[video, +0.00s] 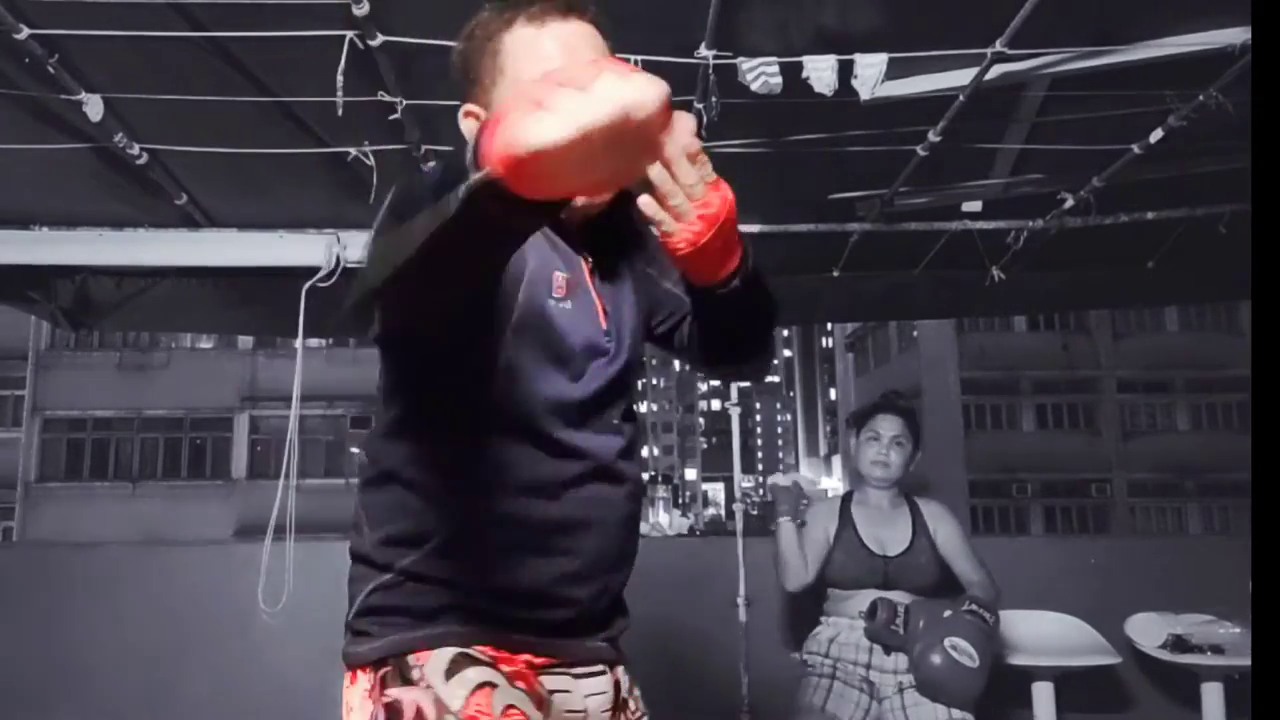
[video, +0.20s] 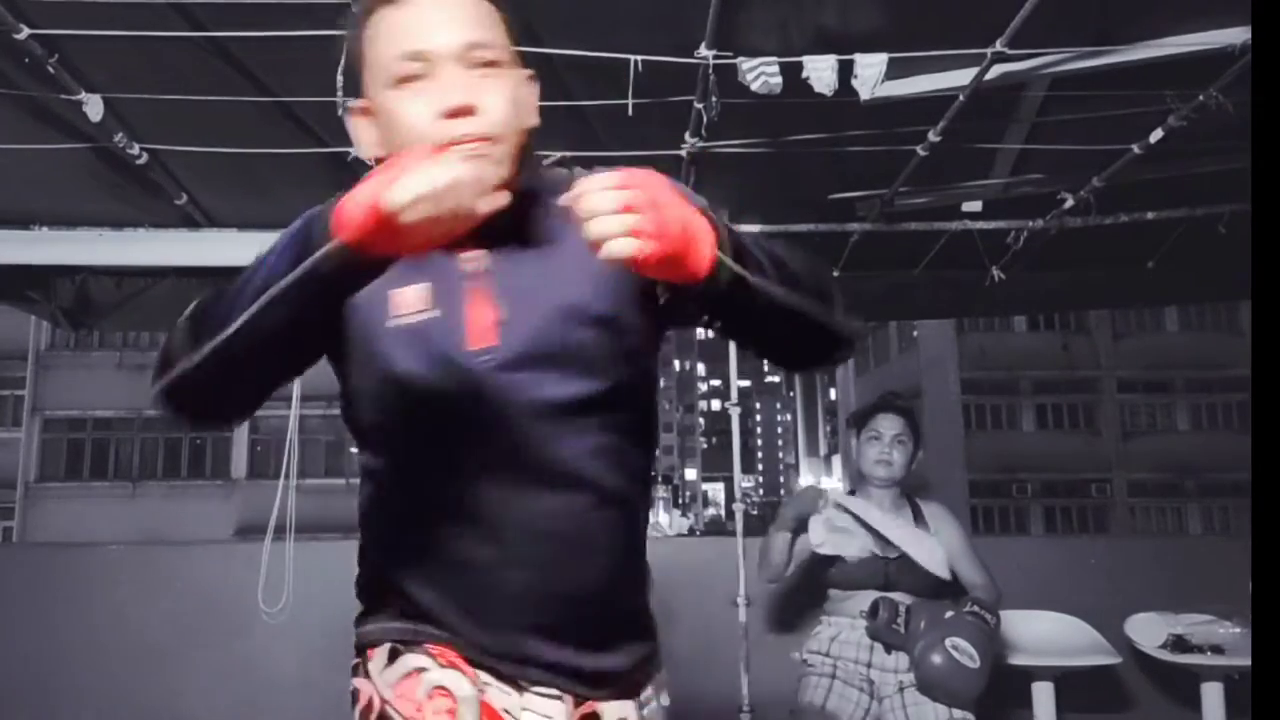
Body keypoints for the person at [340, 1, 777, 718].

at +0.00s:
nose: (582, 114)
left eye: (597, 89)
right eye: (550, 92)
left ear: (622, 97)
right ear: (478, 126)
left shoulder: (626, 242)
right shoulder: (438, 213)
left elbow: (739, 352)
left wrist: (721, 260)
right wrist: (509, 186)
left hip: (585, 651)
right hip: (437, 646)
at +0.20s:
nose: (456, 97)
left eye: (483, 64)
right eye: (413, 76)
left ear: (533, 100)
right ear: (364, 127)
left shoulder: (622, 226)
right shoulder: (344, 252)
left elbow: (823, 337)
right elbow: (194, 391)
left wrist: (709, 254)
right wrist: (348, 237)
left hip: (606, 670)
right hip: (434, 655)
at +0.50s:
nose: (562, 107)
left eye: (579, 76)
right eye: (514, 80)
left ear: (604, 91)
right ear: (432, 120)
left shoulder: (638, 240)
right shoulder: (377, 245)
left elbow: (808, 360)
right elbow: (282, 454)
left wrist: (725, 225)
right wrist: (425, 261)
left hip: (615, 659)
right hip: (454, 654)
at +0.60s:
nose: (674, 133)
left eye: (676, 106)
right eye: (634, 109)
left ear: (690, 111)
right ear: (539, 131)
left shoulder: (680, 260)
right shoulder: (462, 238)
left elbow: (799, 374)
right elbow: (349, 428)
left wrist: (762, 255)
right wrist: (512, 255)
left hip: (613, 647)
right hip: (469, 637)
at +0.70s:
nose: (701, 145)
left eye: (705, 119)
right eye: (673, 121)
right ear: (577, 139)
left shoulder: (670, 274)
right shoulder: (500, 225)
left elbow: (759, 385)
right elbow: (391, 311)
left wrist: (760, 264)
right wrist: (610, 205)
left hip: (602, 646)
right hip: (456, 646)